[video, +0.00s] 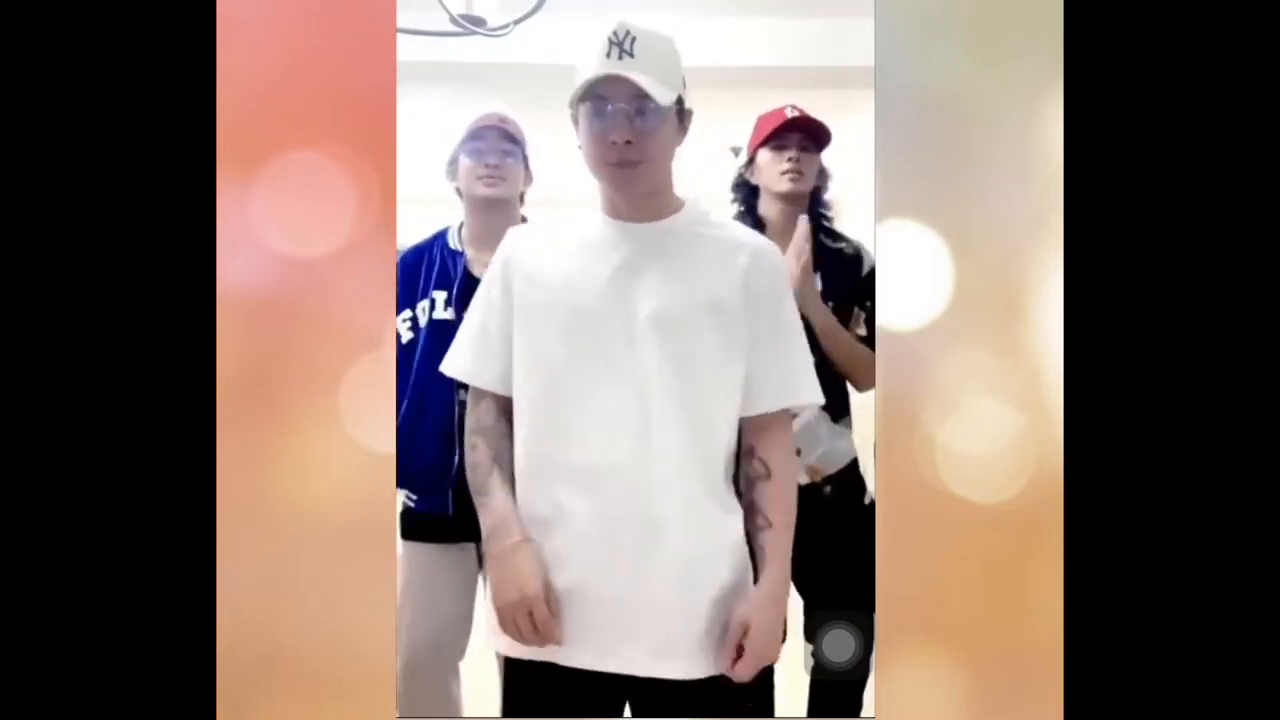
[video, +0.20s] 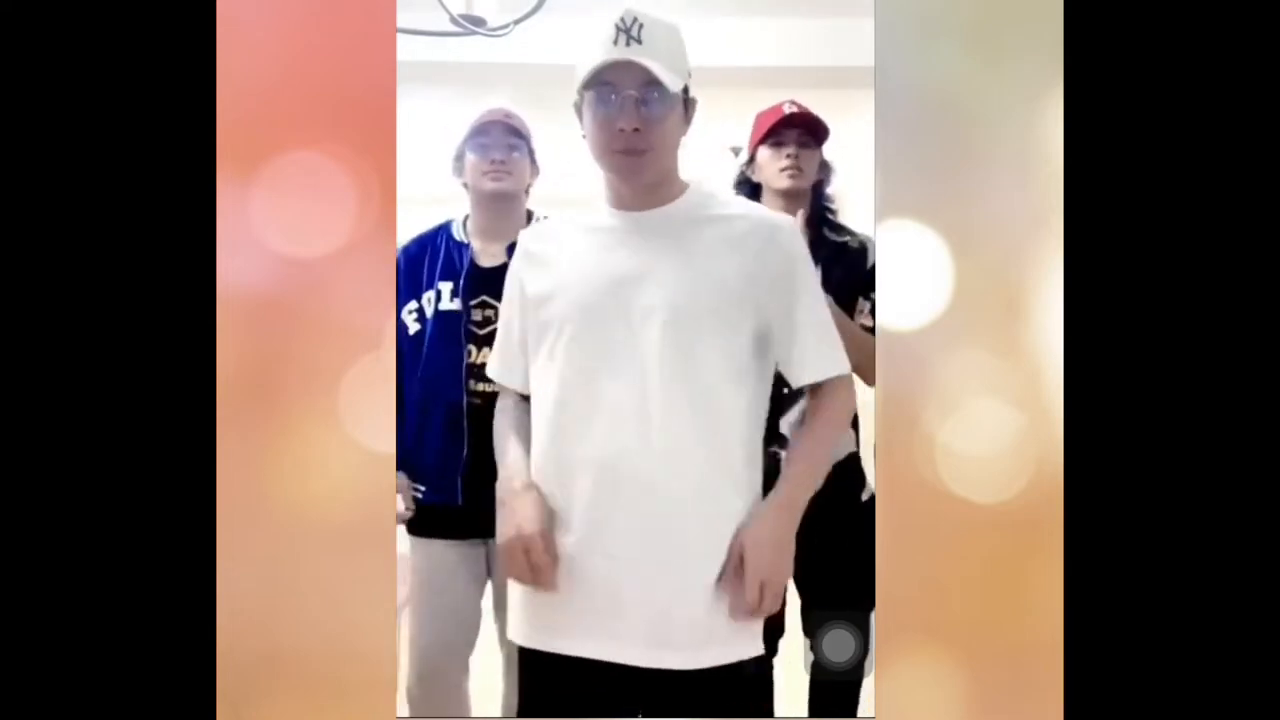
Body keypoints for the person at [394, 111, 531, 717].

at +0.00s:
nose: (492, 161)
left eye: (507, 153)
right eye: (477, 151)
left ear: (528, 179)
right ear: (454, 173)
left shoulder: (551, 266)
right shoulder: (412, 269)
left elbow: (573, 380)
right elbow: (380, 379)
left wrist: (560, 480)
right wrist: (385, 481)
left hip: (529, 498)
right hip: (434, 497)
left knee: (530, 668)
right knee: (424, 663)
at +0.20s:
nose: (497, 156)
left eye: (512, 147)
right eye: (483, 147)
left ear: (535, 171)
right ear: (460, 168)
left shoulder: (561, 257)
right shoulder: (415, 260)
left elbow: (585, 374)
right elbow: (380, 373)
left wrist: (566, 478)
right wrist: (386, 468)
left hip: (534, 499)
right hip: (440, 502)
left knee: (533, 674)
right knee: (432, 676)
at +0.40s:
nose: (491, 170)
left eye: (506, 161)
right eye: (477, 161)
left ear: (527, 183)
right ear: (452, 181)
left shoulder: (554, 264)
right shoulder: (404, 266)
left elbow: (579, 381)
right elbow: (369, 380)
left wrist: (565, 482)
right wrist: (378, 481)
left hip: (523, 503)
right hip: (426, 505)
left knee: (520, 661)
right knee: (427, 667)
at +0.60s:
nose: (488, 165)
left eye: (502, 156)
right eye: (475, 156)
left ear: (525, 175)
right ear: (451, 173)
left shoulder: (543, 255)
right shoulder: (411, 249)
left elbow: (571, 341)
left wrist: (523, 256)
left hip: (515, 489)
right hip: (424, 489)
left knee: (511, 651)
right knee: (428, 656)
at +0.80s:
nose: (486, 189)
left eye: (499, 177)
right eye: (473, 178)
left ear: (522, 191)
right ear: (453, 193)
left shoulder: (544, 279)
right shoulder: (411, 272)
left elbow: (570, 381)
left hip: (517, 519)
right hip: (419, 519)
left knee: (511, 695)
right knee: (422, 691)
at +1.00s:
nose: (477, 168)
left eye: (493, 153)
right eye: (460, 154)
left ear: (519, 168)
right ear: (437, 170)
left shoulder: (544, 241)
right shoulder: (401, 241)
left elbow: (574, 355)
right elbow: (364, 344)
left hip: (526, 483)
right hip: (435, 483)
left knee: (522, 655)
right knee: (438, 653)